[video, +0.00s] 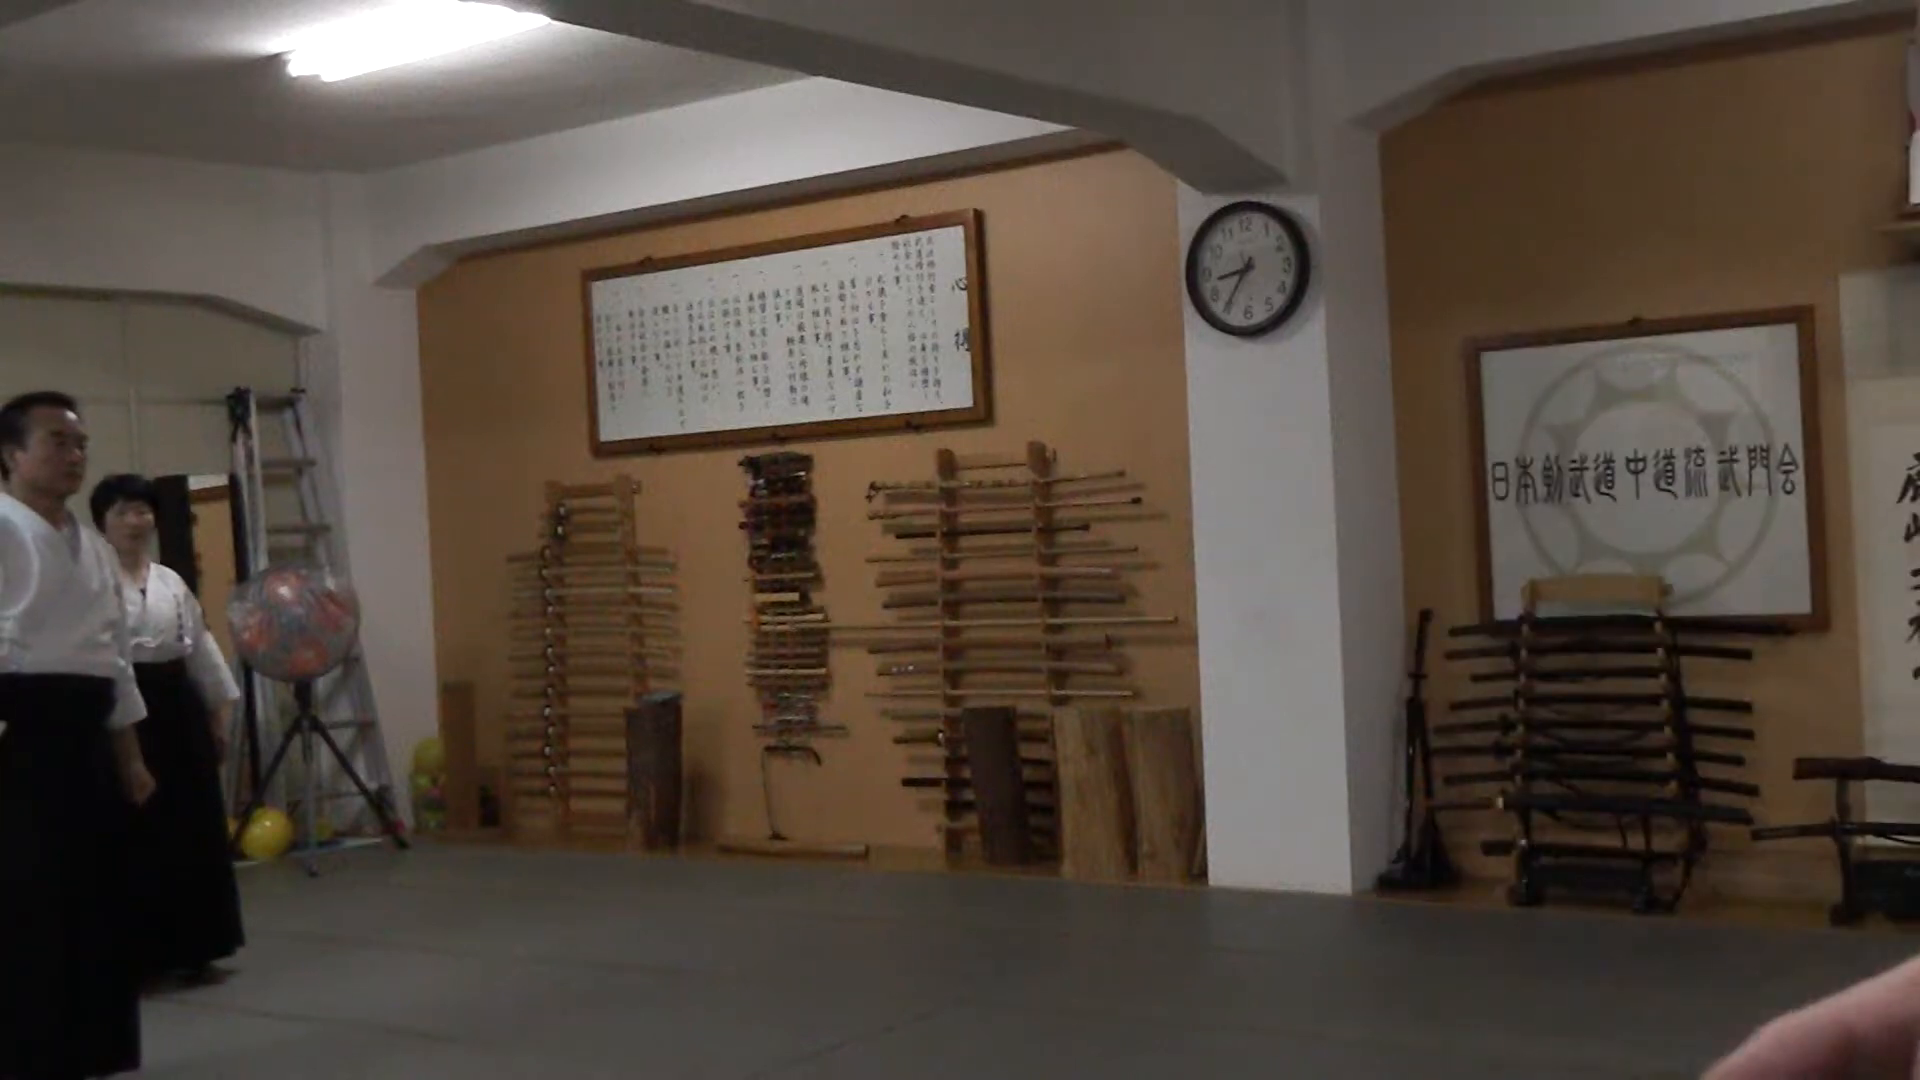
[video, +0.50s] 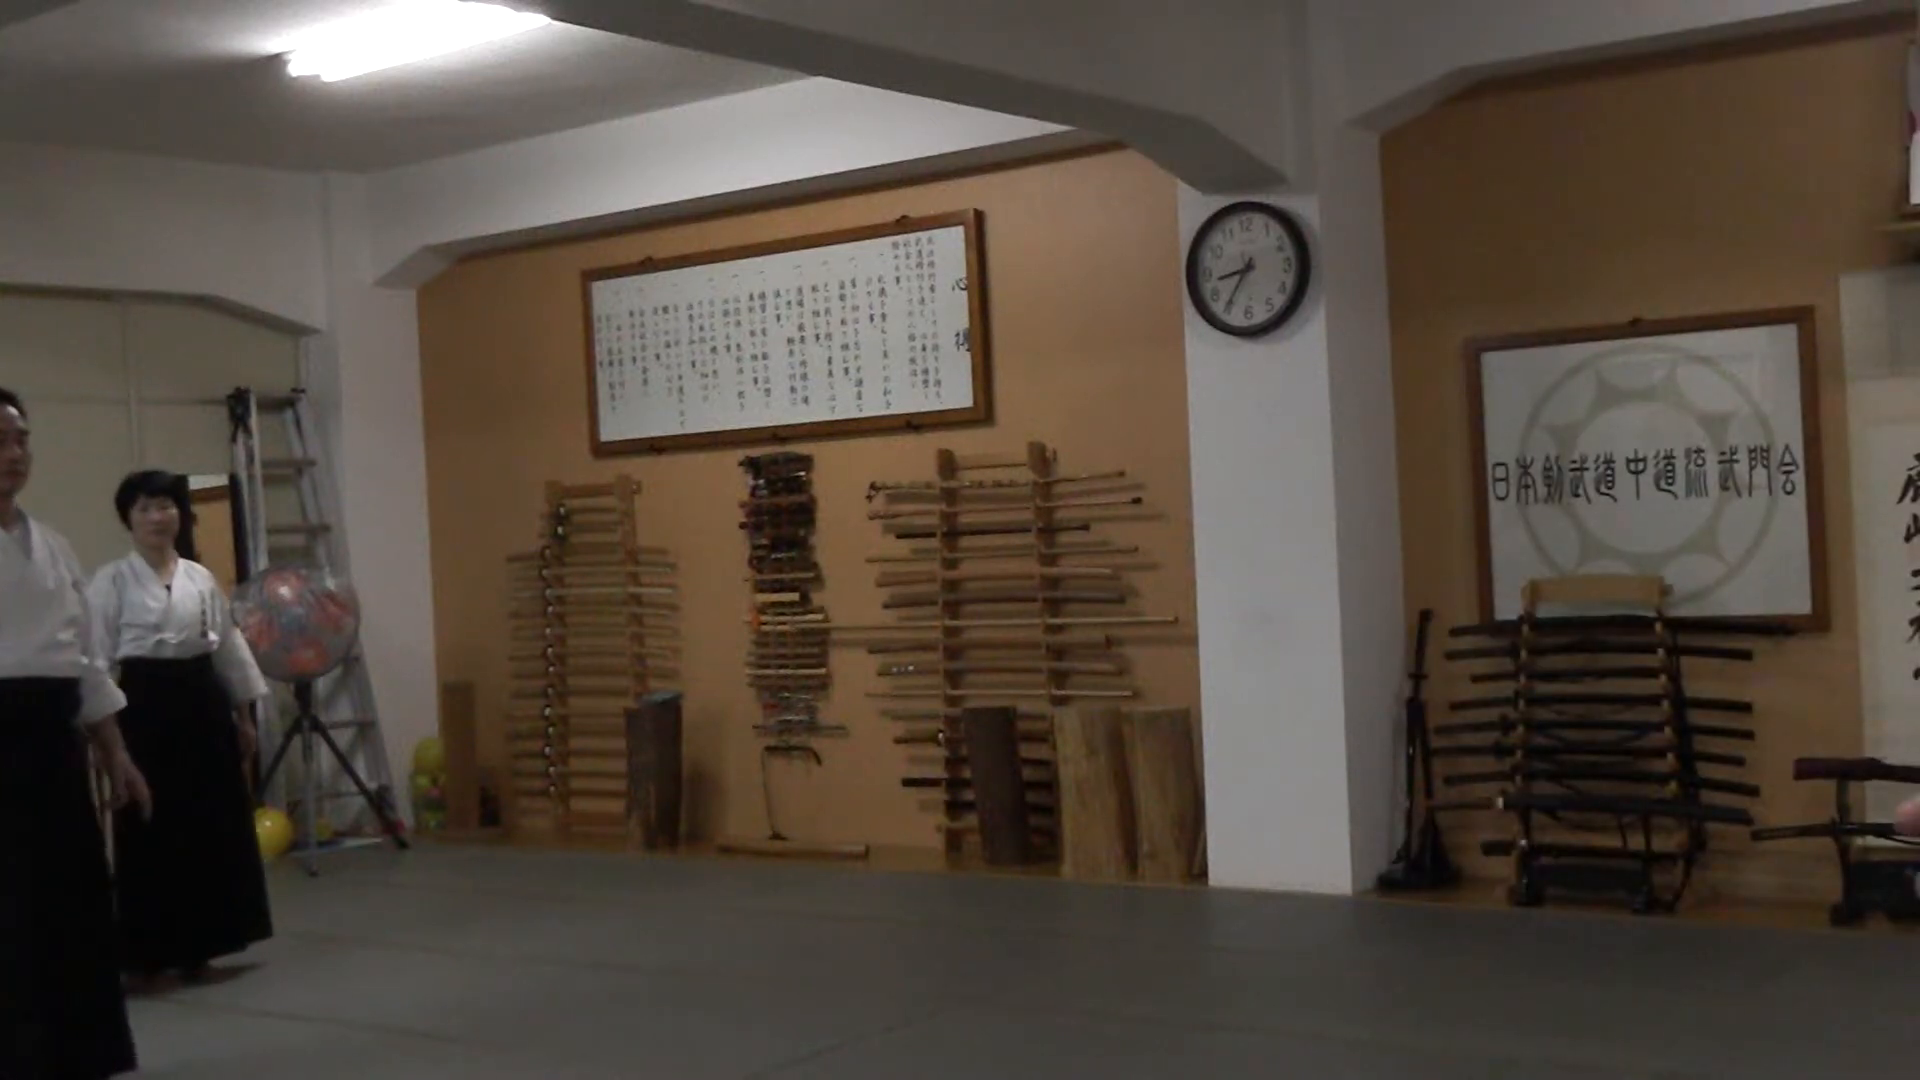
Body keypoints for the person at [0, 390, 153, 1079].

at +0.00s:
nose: (75, 451)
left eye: (79, 441)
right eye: (58, 439)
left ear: (81, 454)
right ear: (13, 454)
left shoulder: (89, 541)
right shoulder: (7, 527)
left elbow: (113, 648)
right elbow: (5, 640)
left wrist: (130, 749)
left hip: (88, 715)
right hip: (22, 713)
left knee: (94, 879)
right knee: (32, 884)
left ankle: (95, 1044)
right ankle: (35, 1049)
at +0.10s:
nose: (69, 454)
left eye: (74, 442)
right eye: (52, 441)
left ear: (77, 454)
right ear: (10, 454)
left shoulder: (85, 541)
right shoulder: (6, 530)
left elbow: (110, 650)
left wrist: (130, 749)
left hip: (84, 715)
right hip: (20, 713)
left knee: (93, 882)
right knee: (31, 887)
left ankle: (96, 1046)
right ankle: (36, 1049)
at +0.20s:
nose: (58, 454)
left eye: (65, 442)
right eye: (41, 441)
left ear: (71, 455)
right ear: (2, 453)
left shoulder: (80, 544)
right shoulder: (4, 533)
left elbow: (106, 653)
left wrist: (133, 749)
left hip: (81, 717)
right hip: (18, 715)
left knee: (90, 886)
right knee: (29, 893)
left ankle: (94, 1050)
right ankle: (35, 1053)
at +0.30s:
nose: (41, 453)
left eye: (50, 442)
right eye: (25, 440)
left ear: (59, 454)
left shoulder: (72, 549)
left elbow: (102, 651)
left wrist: (130, 743)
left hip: (76, 721)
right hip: (15, 719)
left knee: (88, 886)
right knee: (26, 894)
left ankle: (92, 1050)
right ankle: (33, 1053)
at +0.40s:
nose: (27, 452)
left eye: (35, 440)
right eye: (12, 439)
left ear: (45, 451)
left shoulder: (62, 548)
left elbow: (96, 659)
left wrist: (127, 749)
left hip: (67, 724)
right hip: (10, 721)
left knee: (84, 889)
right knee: (22, 897)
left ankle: (94, 1050)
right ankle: (32, 1053)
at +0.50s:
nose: (13, 452)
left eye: (19, 439)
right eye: (2, 440)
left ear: (30, 451)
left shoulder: (48, 546)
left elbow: (83, 657)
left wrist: (117, 753)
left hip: (53, 724)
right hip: (12, 723)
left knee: (73, 891)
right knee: (19, 895)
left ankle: (86, 1051)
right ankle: (32, 1052)